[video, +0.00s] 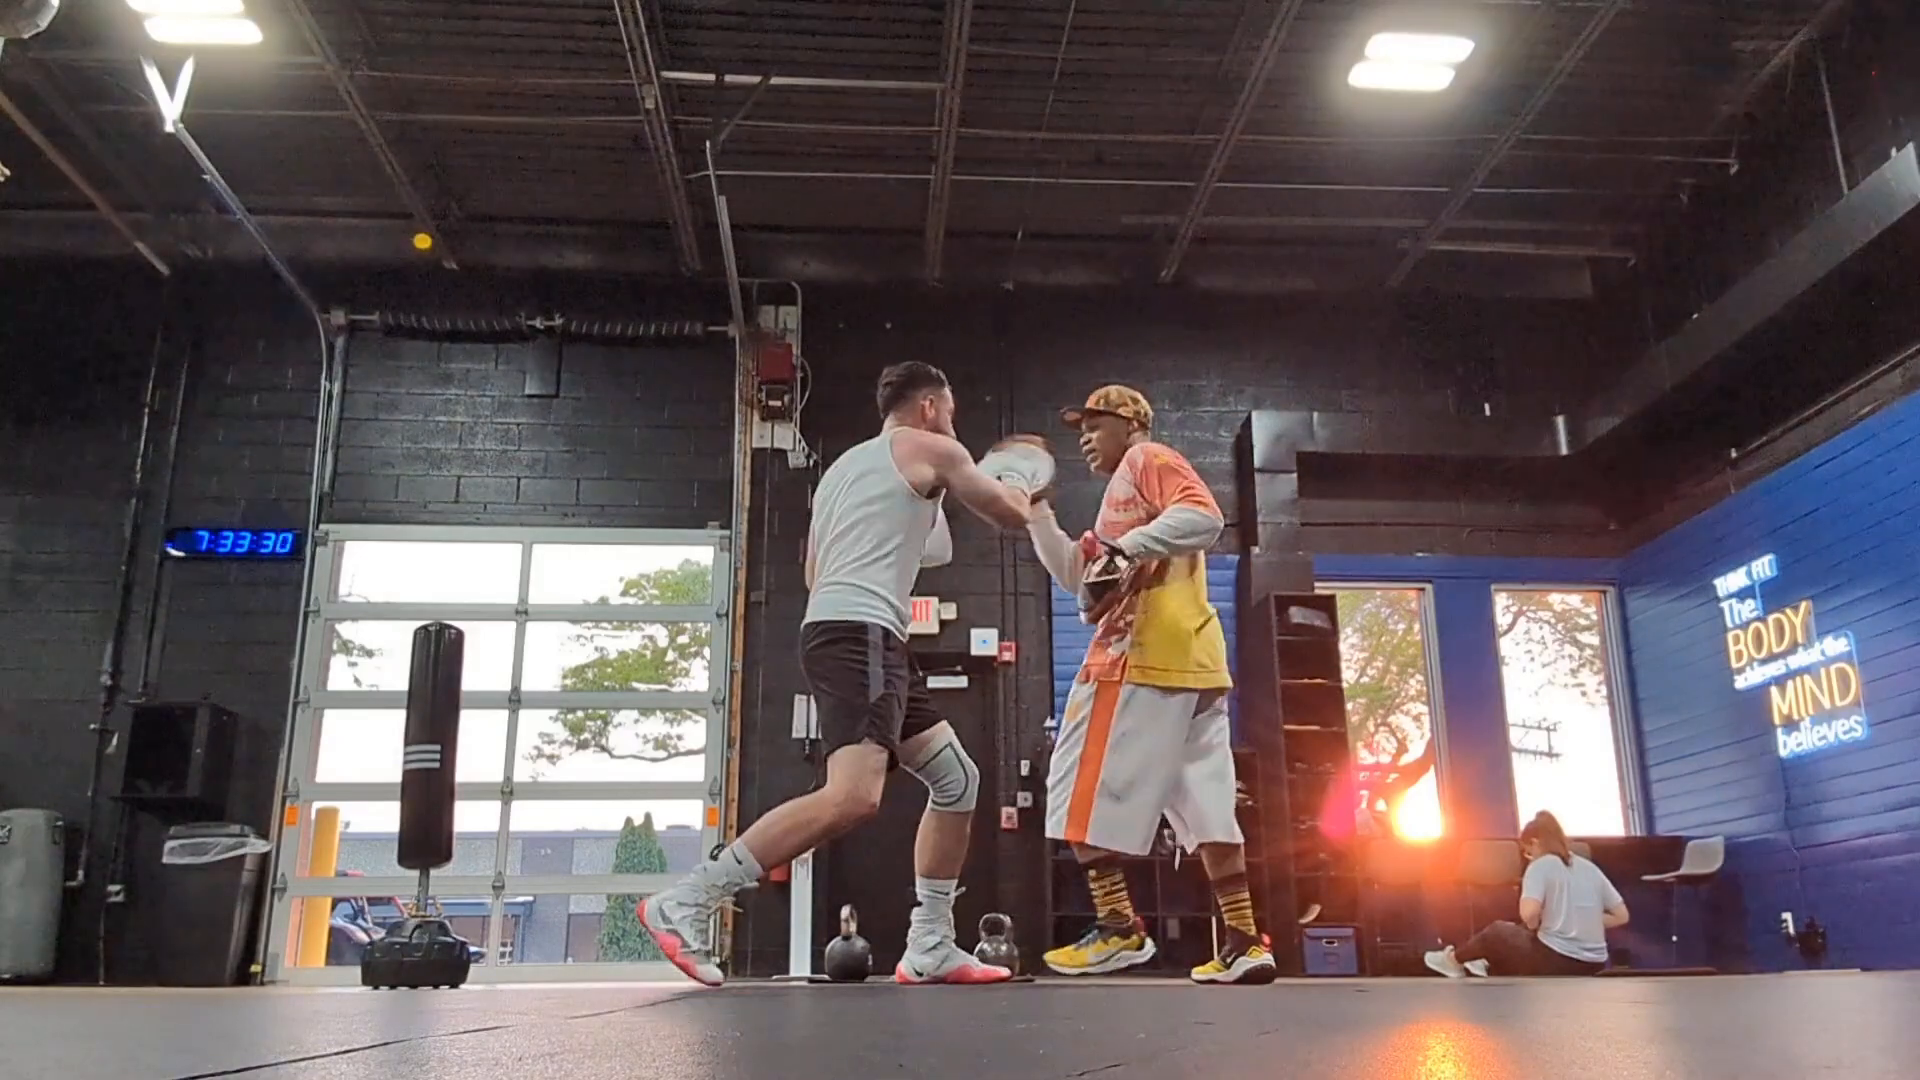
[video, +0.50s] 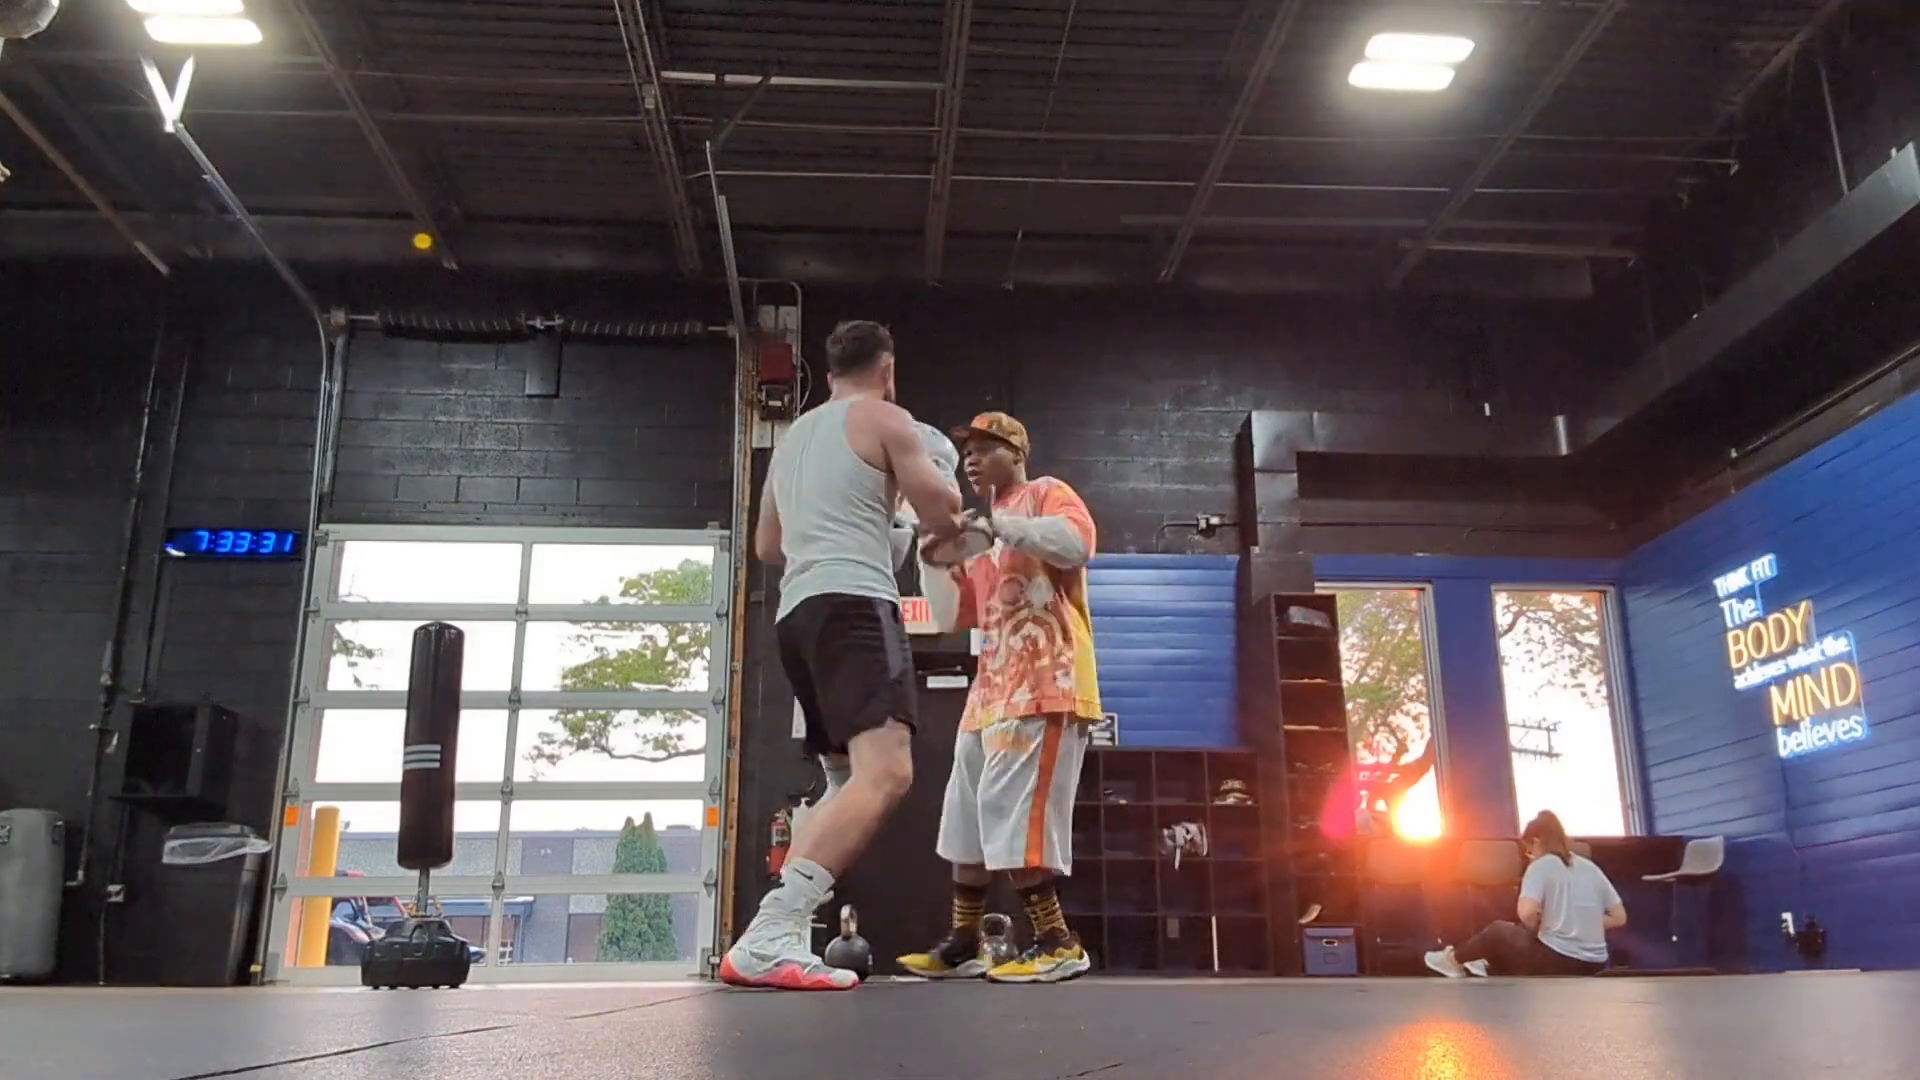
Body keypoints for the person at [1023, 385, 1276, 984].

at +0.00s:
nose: (1083, 438)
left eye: (1093, 426)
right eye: (1082, 430)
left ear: (1129, 424)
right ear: (1115, 433)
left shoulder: (1149, 457)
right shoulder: (1121, 496)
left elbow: (1202, 515)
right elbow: (1076, 572)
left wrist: (1122, 549)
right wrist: (1038, 510)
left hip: (1135, 657)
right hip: (1194, 657)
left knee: (1074, 788)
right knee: (1207, 797)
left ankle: (1119, 930)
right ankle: (1244, 942)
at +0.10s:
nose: (1064, 441)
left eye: (1076, 430)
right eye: (1063, 433)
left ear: (1112, 431)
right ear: (1073, 443)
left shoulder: (1132, 466)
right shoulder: (1093, 508)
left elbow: (1199, 519)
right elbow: (1039, 571)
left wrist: (1120, 525)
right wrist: (1001, 522)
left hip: (1118, 666)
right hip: (1155, 671)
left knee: (1066, 789)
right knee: (1191, 797)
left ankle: (1070, 940)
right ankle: (1241, 936)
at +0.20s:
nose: (1041, 453)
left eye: (1051, 442)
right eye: (1037, 445)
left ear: (1085, 440)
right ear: (1041, 452)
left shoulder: (1114, 480)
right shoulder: (1066, 514)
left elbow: (1167, 535)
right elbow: (1044, 604)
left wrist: (1106, 492)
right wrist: (1002, 571)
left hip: (1093, 666)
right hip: (1112, 667)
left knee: (1046, 793)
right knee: (1154, 795)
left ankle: (1063, 944)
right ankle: (1228, 920)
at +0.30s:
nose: (1018, 453)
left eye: (1027, 442)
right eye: (1016, 444)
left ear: (1059, 443)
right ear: (1037, 451)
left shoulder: (1079, 482)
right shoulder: (1044, 507)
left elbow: (1090, 541)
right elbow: (1037, 614)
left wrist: (1039, 495)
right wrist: (988, 591)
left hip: (1069, 651)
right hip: (1072, 654)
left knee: (1030, 798)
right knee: (1091, 797)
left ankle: (1062, 947)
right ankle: (1172, 892)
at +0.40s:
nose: (994, 453)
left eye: (1004, 442)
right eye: (990, 445)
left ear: (1038, 447)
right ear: (993, 456)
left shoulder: (1058, 488)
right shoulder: (1019, 518)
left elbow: (1081, 546)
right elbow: (1000, 617)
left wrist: (1015, 504)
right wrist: (959, 569)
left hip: (1053, 675)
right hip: (1025, 678)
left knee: (1022, 811)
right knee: (1018, 806)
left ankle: (1060, 948)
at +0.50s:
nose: (972, 460)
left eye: (982, 449)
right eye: (967, 453)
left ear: (1015, 451)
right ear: (967, 465)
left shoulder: (1048, 493)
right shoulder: (980, 528)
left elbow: (1073, 544)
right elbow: (953, 616)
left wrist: (994, 523)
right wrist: (937, 549)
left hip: (1044, 682)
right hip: (993, 685)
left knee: (1011, 807)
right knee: (965, 806)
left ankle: (1057, 942)